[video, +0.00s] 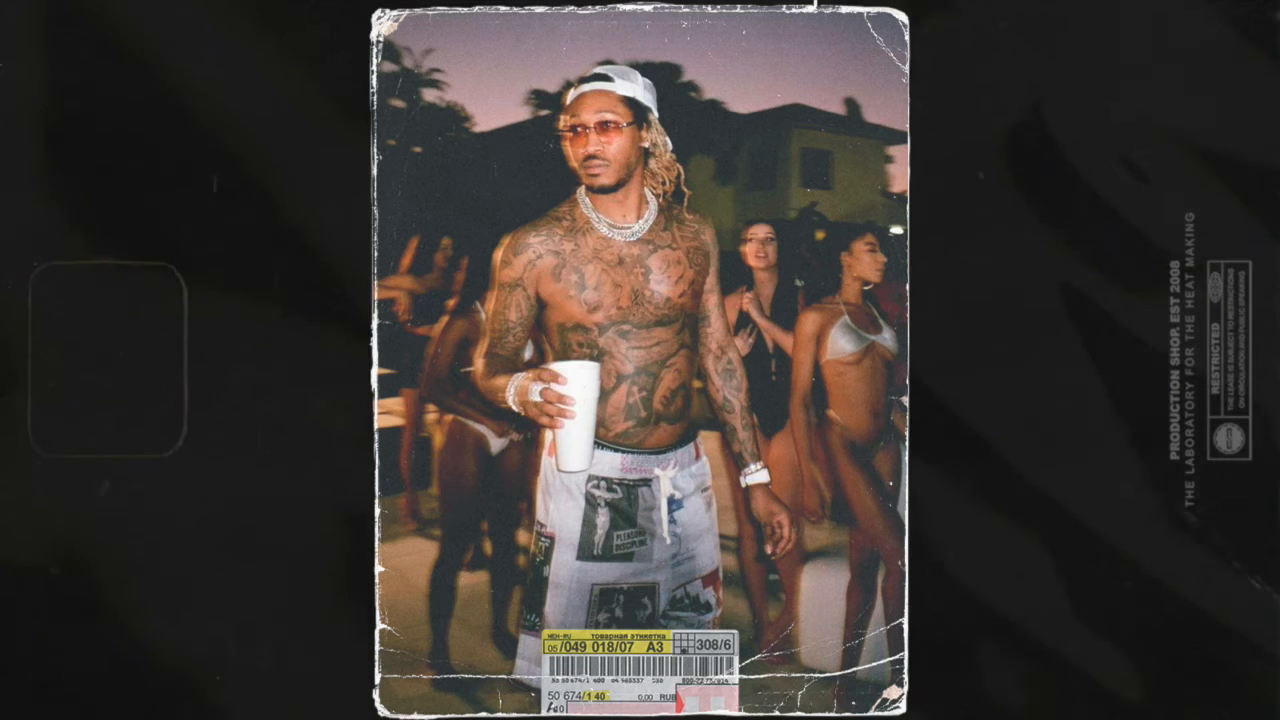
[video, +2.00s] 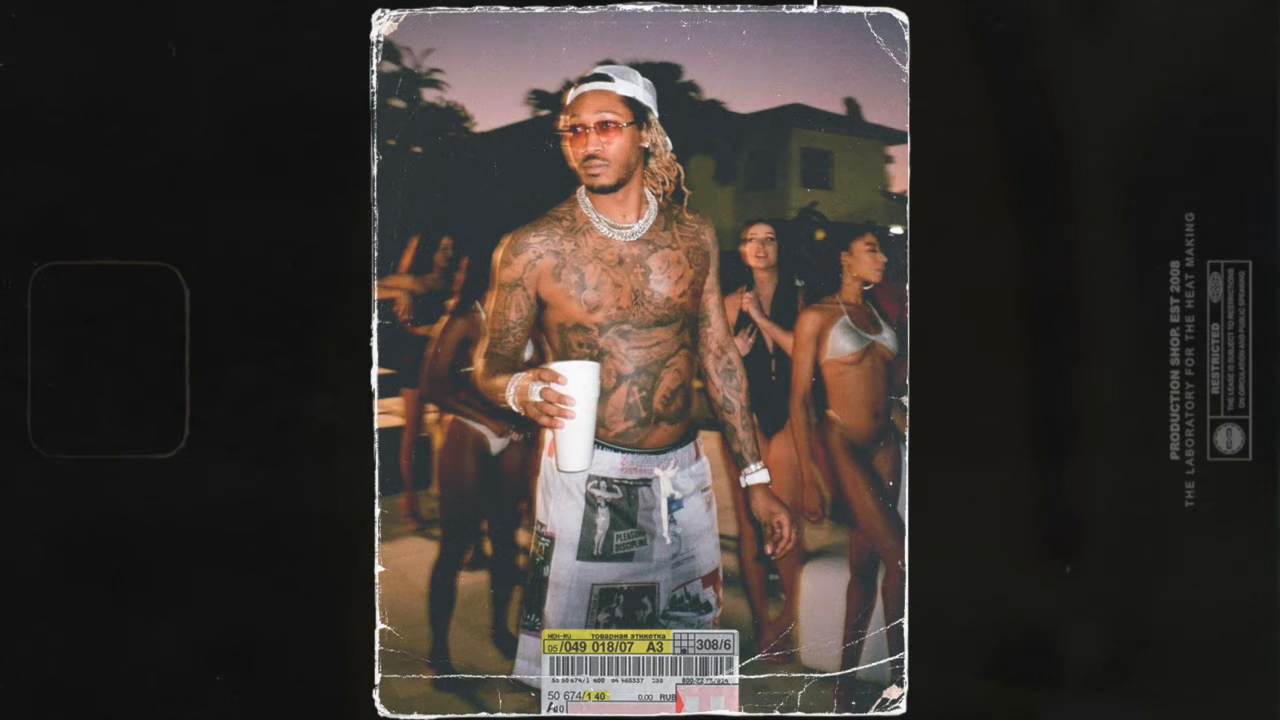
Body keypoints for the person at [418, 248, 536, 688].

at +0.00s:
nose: (515, 286)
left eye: (522, 278)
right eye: (508, 275)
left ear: (532, 287)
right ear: (494, 275)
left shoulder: (531, 331)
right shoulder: (465, 321)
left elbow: (543, 385)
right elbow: (433, 387)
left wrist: (529, 420)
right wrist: (489, 421)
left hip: (515, 444)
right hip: (465, 440)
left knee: (506, 541)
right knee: (455, 545)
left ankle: (501, 629)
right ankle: (439, 651)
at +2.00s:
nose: (515, 285)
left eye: (522, 277)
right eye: (509, 275)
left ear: (530, 287)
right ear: (493, 276)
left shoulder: (530, 331)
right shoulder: (464, 323)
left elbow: (543, 383)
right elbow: (435, 387)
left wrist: (529, 419)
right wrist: (491, 422)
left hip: (514, 446)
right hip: (465, 443)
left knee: (505, 542)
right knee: (456, 544)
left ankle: (501, 629)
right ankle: (439, 651)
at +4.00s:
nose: (513, 293)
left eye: (521, 286)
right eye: (507, 284)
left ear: (530, 293)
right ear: (493, 284)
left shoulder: (531, 333)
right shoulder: (464, 324)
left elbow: (543, 384)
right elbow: (435, 387)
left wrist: (529, 420)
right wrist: (490, 422)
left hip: (514, 444)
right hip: (465, 441)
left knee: (506, 540)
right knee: (456, 544)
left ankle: (501, 627)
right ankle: (439, 650)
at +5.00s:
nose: (517, 287)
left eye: (524, 279)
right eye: (511, 277)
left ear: (532, 287)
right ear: (496, 277)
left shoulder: (531, 332)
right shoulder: (466, 322)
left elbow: (543, 385)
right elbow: (434, 387)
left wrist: (529, 421)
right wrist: (489, 421)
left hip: (514, 445)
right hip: (465, 440)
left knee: (506, 541)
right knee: (456, 544)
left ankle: (501, 628)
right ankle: (439, 651)